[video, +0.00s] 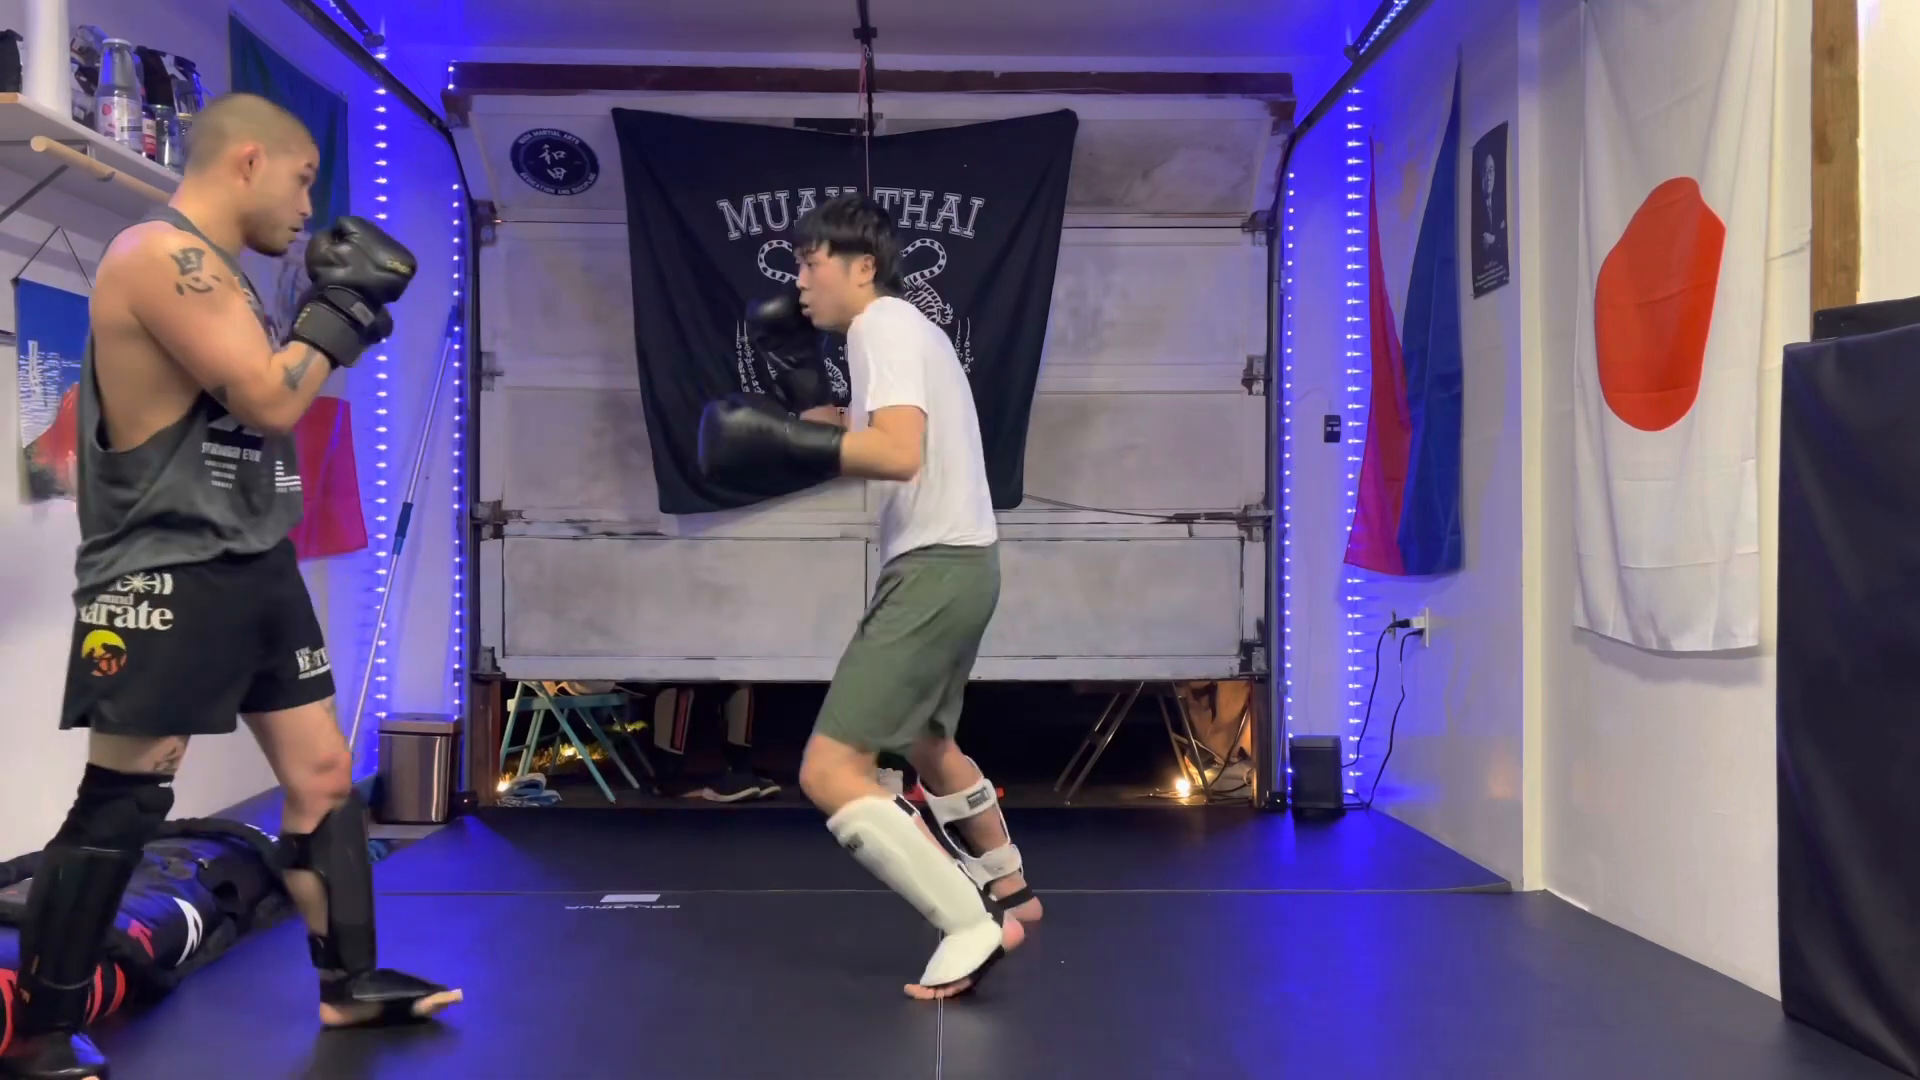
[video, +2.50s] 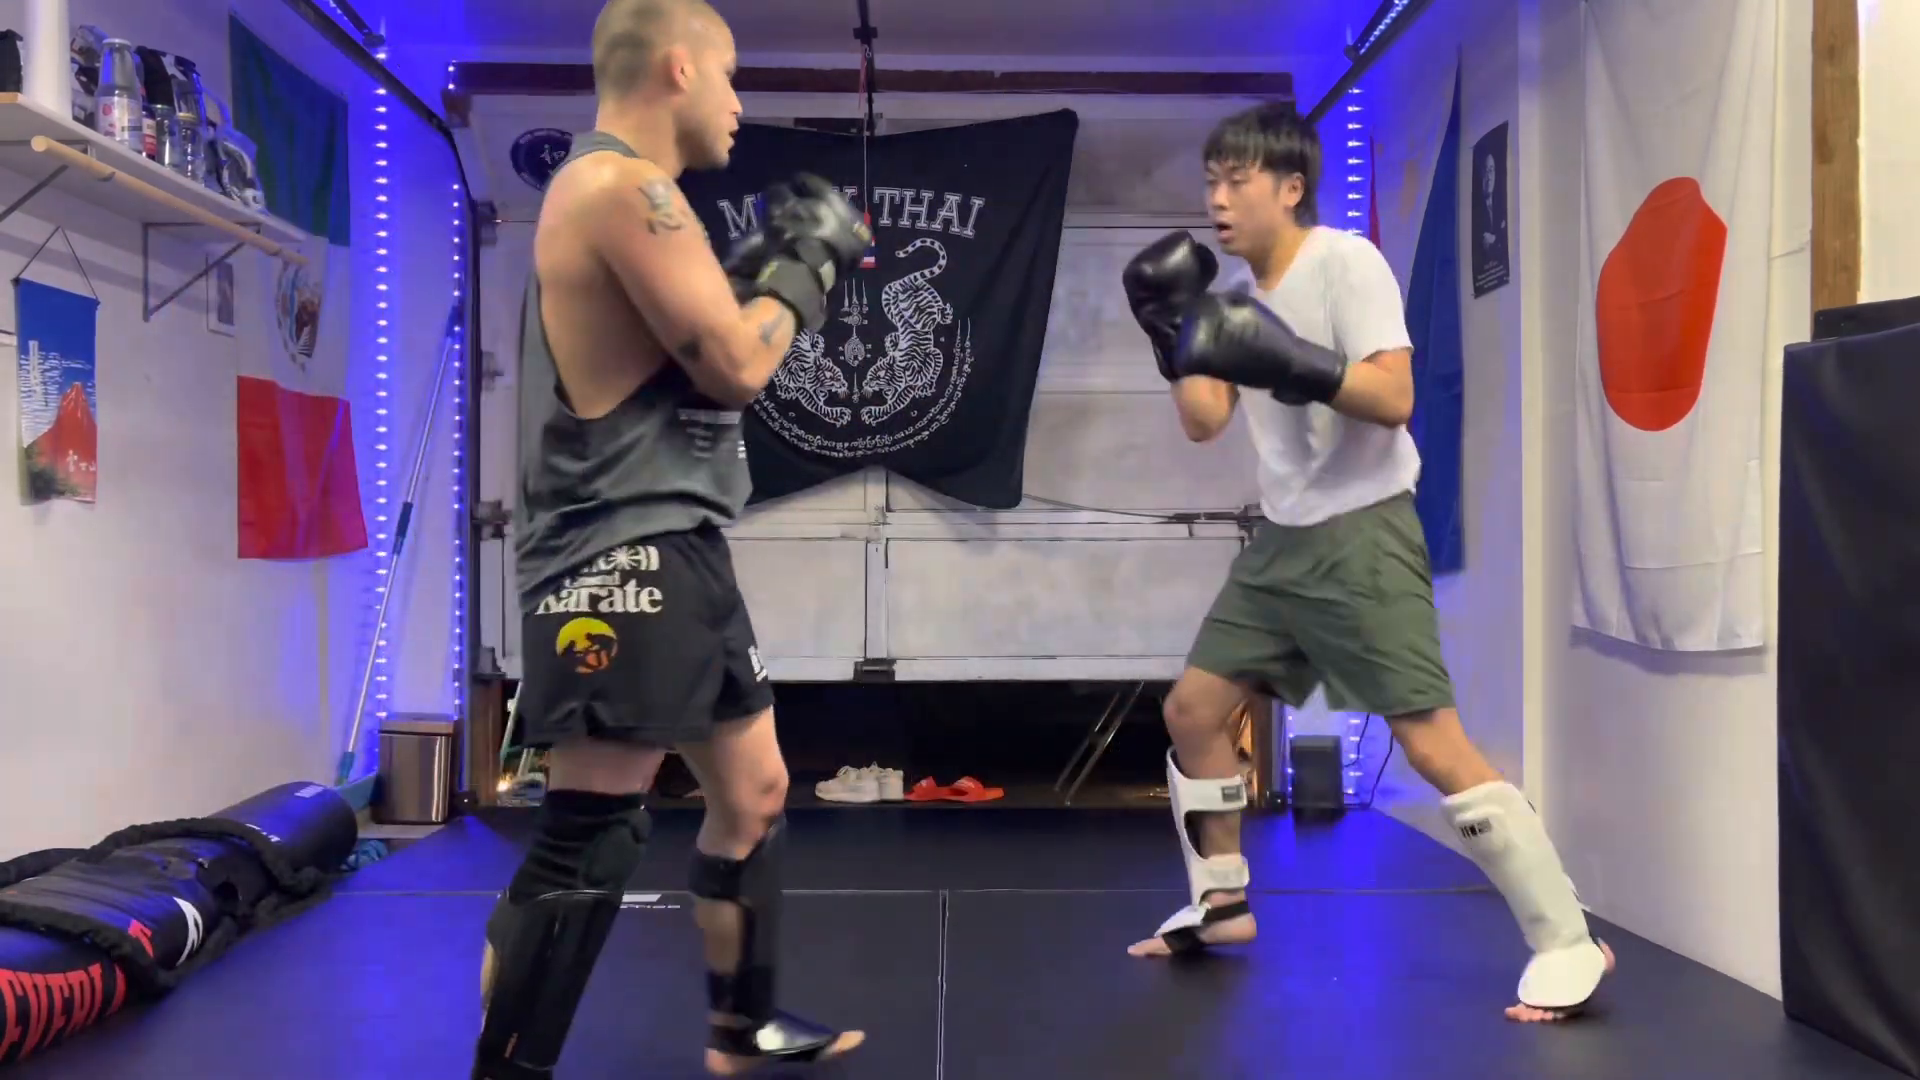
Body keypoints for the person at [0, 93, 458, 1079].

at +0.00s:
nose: (308, 203)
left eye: (312, 186)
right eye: (303, 180)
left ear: (240, 167)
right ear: (243, 163)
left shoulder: (218, 272)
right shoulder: (162, 256)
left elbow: (268, 404)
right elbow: (269, 403)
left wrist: (335, 312)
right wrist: (341, 310)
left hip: (255, 567)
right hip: (164, 573)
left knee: (321, 773)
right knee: (124, 794)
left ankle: (351, 981)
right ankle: (44, 1031)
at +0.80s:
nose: (378, 153)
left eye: (377, 134)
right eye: (367, 132)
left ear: (299, 131)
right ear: (308, 127)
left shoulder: (292, 243)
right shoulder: (242, 229)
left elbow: (383, 354)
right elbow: (397, 357)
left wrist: (431, 234)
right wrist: (430, 221)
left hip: (329, 560)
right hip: (245, 561)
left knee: (431, 776)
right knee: (214, 832)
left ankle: (435, 1002)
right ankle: (118, 1059)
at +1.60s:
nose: (452, 144)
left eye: (451, 124)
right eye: (434, 120)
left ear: (365, 131)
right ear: (357, 126)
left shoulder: (421, 270)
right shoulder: (284, 241)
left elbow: (499, 389)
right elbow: (389, 383)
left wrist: (559, 289)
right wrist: (501, 301)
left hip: (439, 577)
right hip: (315, 580)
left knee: (544, 814)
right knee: (248, 845)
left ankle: (538, 1046)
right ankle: (128, 1061)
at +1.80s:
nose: (556, 137)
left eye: (551, 118)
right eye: (540, 113)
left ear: (478, 120)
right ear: (475, 114)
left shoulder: (486, 258)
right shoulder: (410, 217)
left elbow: (491, 410)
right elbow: (447, 377)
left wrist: (595, 364)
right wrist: (611, 402)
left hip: (523, 558)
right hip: (425, 559)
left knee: (566, 812)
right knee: (380, 823)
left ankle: (541, 1046)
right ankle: (191, 1039)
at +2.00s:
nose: (621, 120)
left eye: (616, 99)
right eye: (605, 97)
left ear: (542, 103)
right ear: (541, 100)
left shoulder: (552, 243)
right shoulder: (474, 205)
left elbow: (554, 397)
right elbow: (550, 361)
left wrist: (642, 401)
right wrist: (677, 295)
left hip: (569, 548)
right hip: (481, 543)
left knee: (562, 807)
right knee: (501, 822)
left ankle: (541, 1042)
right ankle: (367, 1060)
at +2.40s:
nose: (715, 107)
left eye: (714, 84)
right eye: (704, 81)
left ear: (635, 80)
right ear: (643, 77)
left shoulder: (634, 218)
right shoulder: (564, 197)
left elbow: (649, 385)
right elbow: (662, 394)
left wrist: (734, 321)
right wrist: (753, 318)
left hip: (652, 548)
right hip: (579, 553)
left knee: (735, 793)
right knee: (583, 850)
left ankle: (626, 999)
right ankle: (507, 1068)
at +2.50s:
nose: (737, 104)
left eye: (734, 81)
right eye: (728, 79)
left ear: (654, 76)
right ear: (674, 74)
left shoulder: (634, 193)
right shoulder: (616, 186)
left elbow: (715, 361)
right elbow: (738, 364)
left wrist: (785, 267)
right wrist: (802, 259)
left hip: (673, 547)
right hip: (617, 552)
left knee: (752, 793)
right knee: (588, 835)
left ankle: (742, 1027)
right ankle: (511, 1067)